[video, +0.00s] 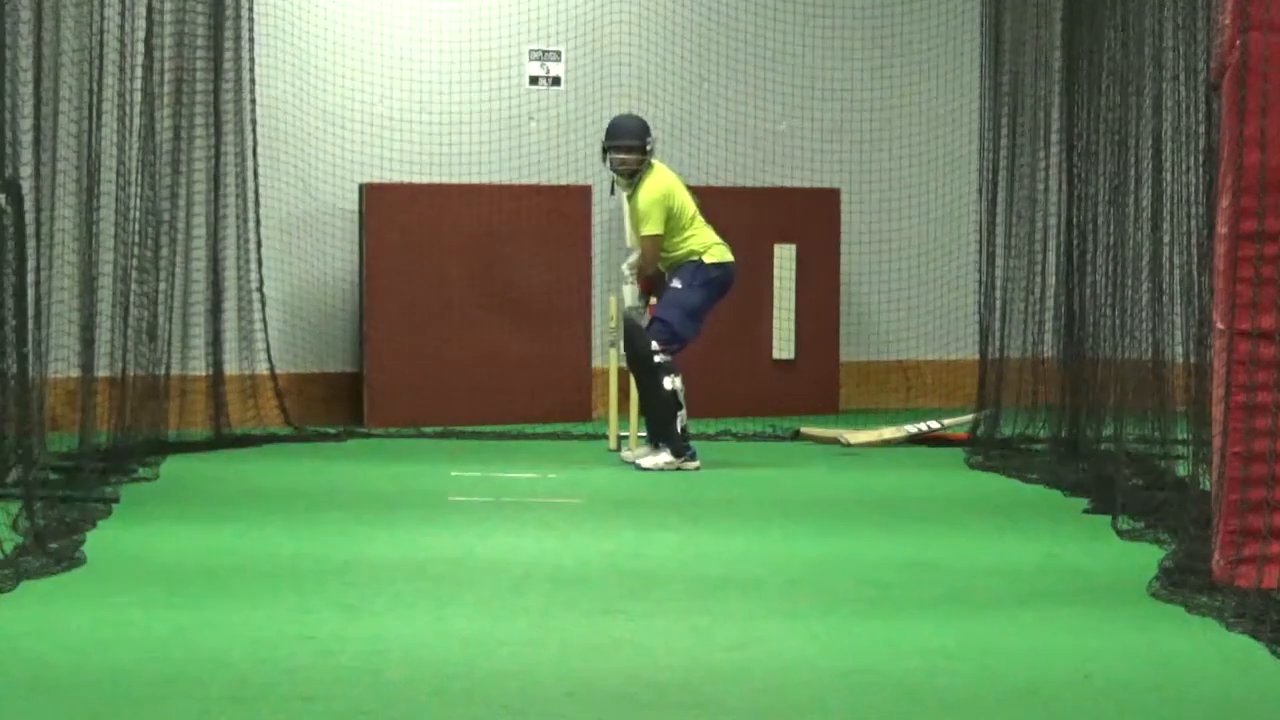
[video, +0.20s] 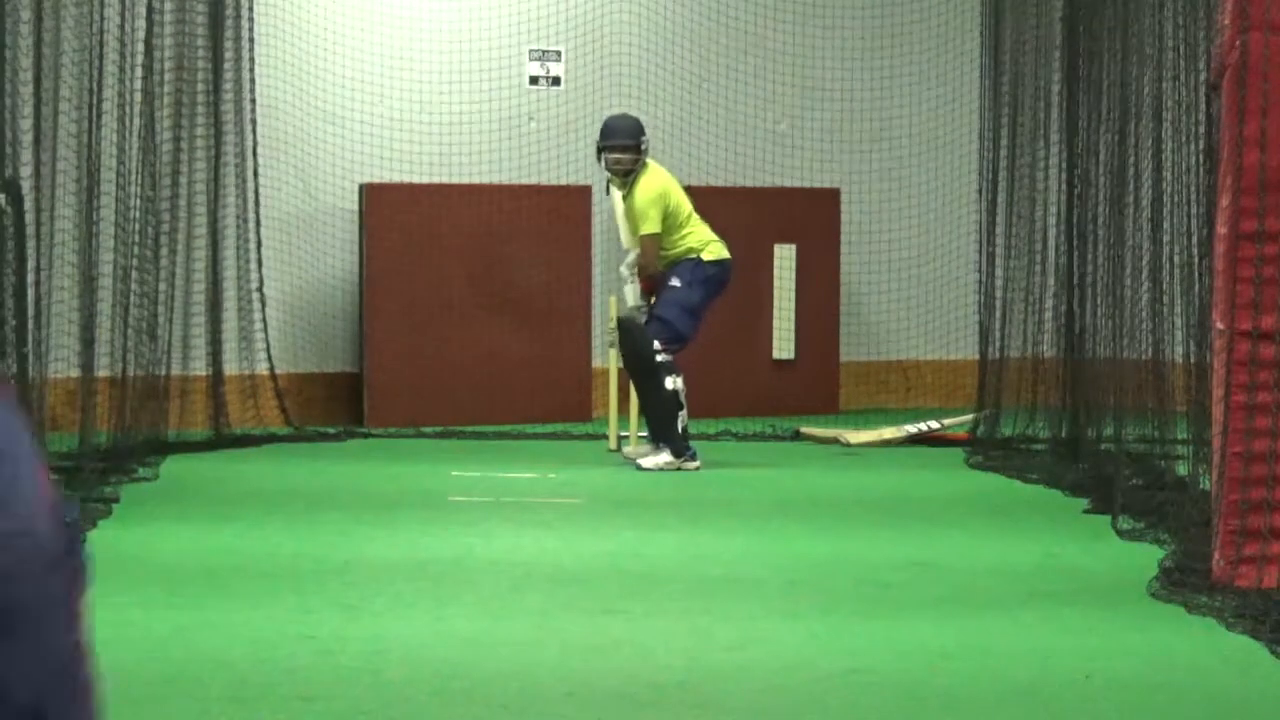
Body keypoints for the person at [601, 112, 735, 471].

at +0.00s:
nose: (625, 159)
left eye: (633, 151)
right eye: (617, 151)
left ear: (646, 152)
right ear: (606, 154)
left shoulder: (652, 189)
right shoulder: (634, 183)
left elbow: (649, 262)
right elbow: (642, 233)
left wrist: (643, 275)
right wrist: (638, 259)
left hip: (707, 263)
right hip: (685, 263)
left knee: (654, 347)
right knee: (645, 346)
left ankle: (678, 449)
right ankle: (659, 442)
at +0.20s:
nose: (619, 159)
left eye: (628, 151)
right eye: (612, 151)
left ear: (641, 152)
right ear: (601, 154)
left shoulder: (648, 188)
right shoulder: (621, 182)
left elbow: (649, 263)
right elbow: (636, 231)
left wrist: (642, 279)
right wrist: (635, 259)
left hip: (703, 260)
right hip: (678, 261)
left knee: (653, 344)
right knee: (641, 342)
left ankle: (678, 449)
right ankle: (661, 440)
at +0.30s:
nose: (616, 160)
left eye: (625, 151)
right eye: (608, 152)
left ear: (636, 153)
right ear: (597, 155)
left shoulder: (644, 189)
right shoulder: (616, 178)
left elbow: (649, 260)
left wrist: (643, 284)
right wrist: (629, 251)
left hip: (699, 258)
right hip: (675, 259)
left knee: (655, 344)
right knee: (645, 342)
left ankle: (677, 448)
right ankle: (664, 439)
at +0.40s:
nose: (611, 165)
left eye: (619, 156)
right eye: (603, 158)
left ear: (631, 157)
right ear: (591, 160)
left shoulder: (643, 193)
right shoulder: (603, 180)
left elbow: (652, 264)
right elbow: (620, 217)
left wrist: (634, 276)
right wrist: (618, 239)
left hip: (698, 254)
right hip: (672, 257)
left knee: (654, 342)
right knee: (642, 341)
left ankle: (672, 446)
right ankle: (662, 438)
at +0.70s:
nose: (601, 191)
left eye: (608, 183)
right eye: (593, 185)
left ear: (620, 173)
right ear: (582, 179)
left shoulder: (641, 184)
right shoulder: (583, 195)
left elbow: (658, 239)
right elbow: (591, 234)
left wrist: (625, 281)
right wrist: (596, 256)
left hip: (681, 257)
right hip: (644, 262)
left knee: (648, 340)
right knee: (614, 342)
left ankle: (622, 443)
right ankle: (663, 438)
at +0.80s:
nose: (602, 188)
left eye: (608, 179)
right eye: (593, 181)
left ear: (621, 170)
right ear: (582, 176)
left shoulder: (639, 166)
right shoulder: (582, 206)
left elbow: (660, 168)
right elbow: (611, 248)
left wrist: (643, 222)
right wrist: (624, 257)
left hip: (675, 254)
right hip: (635, 266)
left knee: (650, 339)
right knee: (619, 344)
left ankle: (623, 442)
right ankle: (663, 437)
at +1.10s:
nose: (607, 174)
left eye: (614, 166)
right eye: (598, 169)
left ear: (626, 151)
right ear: (584, 159)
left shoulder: (646, 151)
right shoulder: (580, 187)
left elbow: (690, 162)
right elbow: (614, 234)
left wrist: (690, 220)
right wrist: (655, 254)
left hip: (662, 255)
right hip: (613, 260)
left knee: (648, 345)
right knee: (603, 345)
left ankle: (633, 438)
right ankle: (616, 421)